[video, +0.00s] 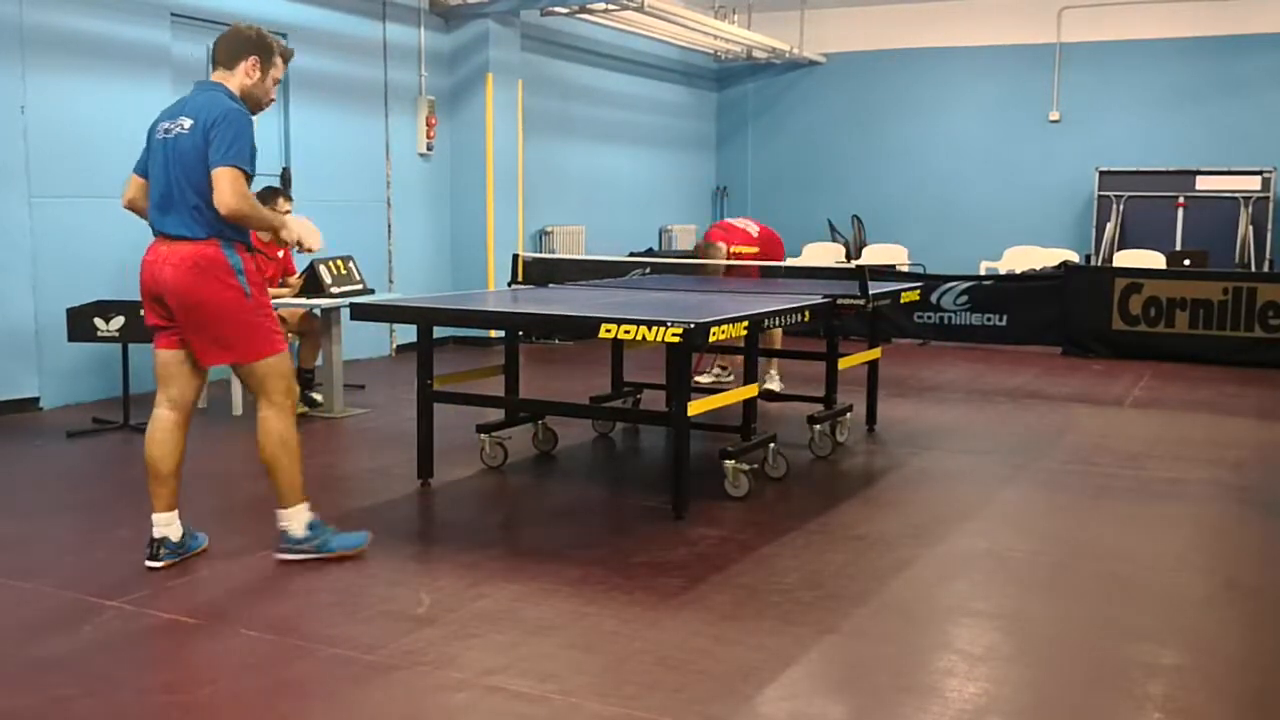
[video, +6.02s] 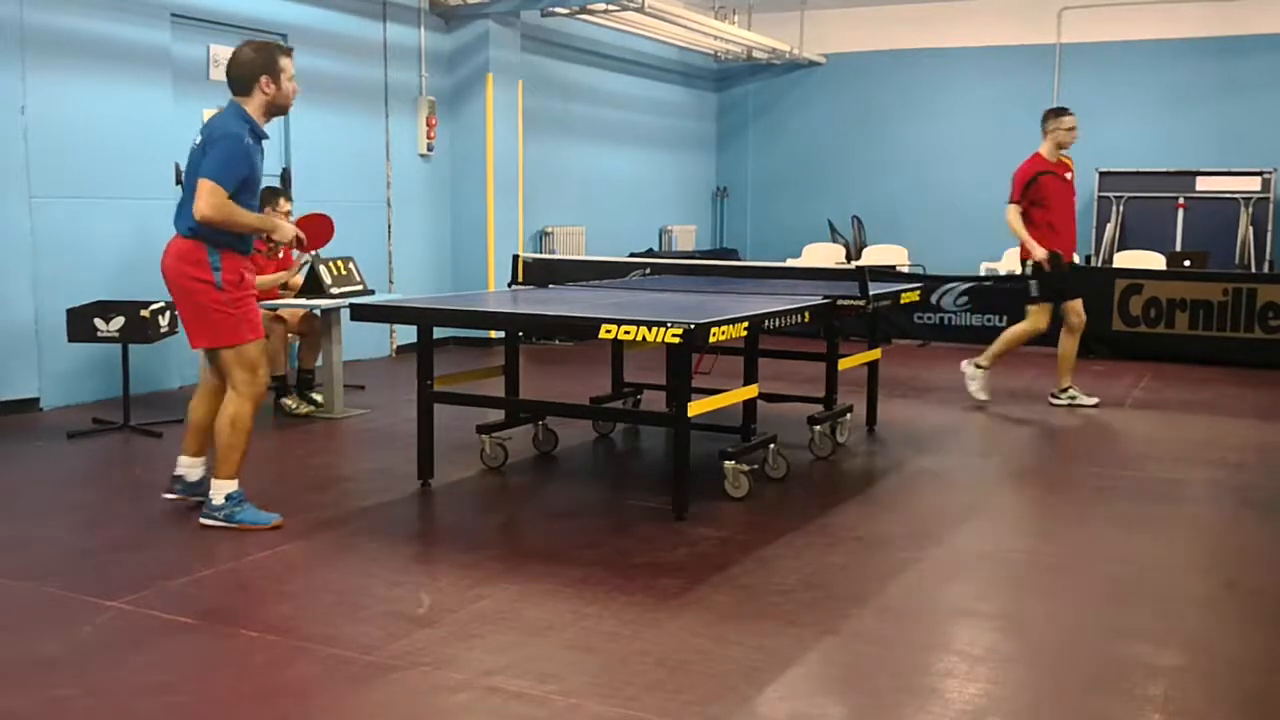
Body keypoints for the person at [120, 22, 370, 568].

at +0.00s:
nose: (275, 92)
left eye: (278, 82)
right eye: (275, 79)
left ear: (226, 68)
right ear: (248, 67)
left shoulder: (169, 115)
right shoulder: (229, 113)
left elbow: (136, 197)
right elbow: (230, 201)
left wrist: (191, 221)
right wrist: (281, 222)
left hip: (160, 265)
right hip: (211, 265)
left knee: (172, 400)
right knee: (277, 392)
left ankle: (165, 534)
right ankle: (298, 527)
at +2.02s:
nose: (349, 224)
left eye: (348, 215)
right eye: (346, 214)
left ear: (296, 211)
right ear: (327, 217)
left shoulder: (259, 229)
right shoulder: (291, 249)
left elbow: (187, 248)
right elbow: (285, 336)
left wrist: (182, 303)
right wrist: (329, 322)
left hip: (159, 328)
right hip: (188, 334)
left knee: (227, 379)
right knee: (311, 397)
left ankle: (191, 482)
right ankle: (297, 526)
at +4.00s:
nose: (329, 144)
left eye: (325, 135)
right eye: (323, 136)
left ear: (283, 146)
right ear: (305, 145)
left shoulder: (242, 183)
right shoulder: (291, 195)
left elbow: (187, 227)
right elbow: (296, 279)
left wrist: (216, 274)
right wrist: (348, 262)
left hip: (197, 312)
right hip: (239, 315)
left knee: (239, 386)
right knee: (332, 404)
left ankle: (193, 481)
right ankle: (301, 526)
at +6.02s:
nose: (296, 87)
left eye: (294, 78)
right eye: (289, 79)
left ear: (258, 84)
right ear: (266, 84)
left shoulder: (237, 128)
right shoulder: (234, 134)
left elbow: (220, 206)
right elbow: (208, 207)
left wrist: (270, 222)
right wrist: (268, 225)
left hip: (201, 259)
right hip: (208, 262)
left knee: (217, 375)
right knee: (249, 379)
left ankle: (188, 475)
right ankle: (224, 498)